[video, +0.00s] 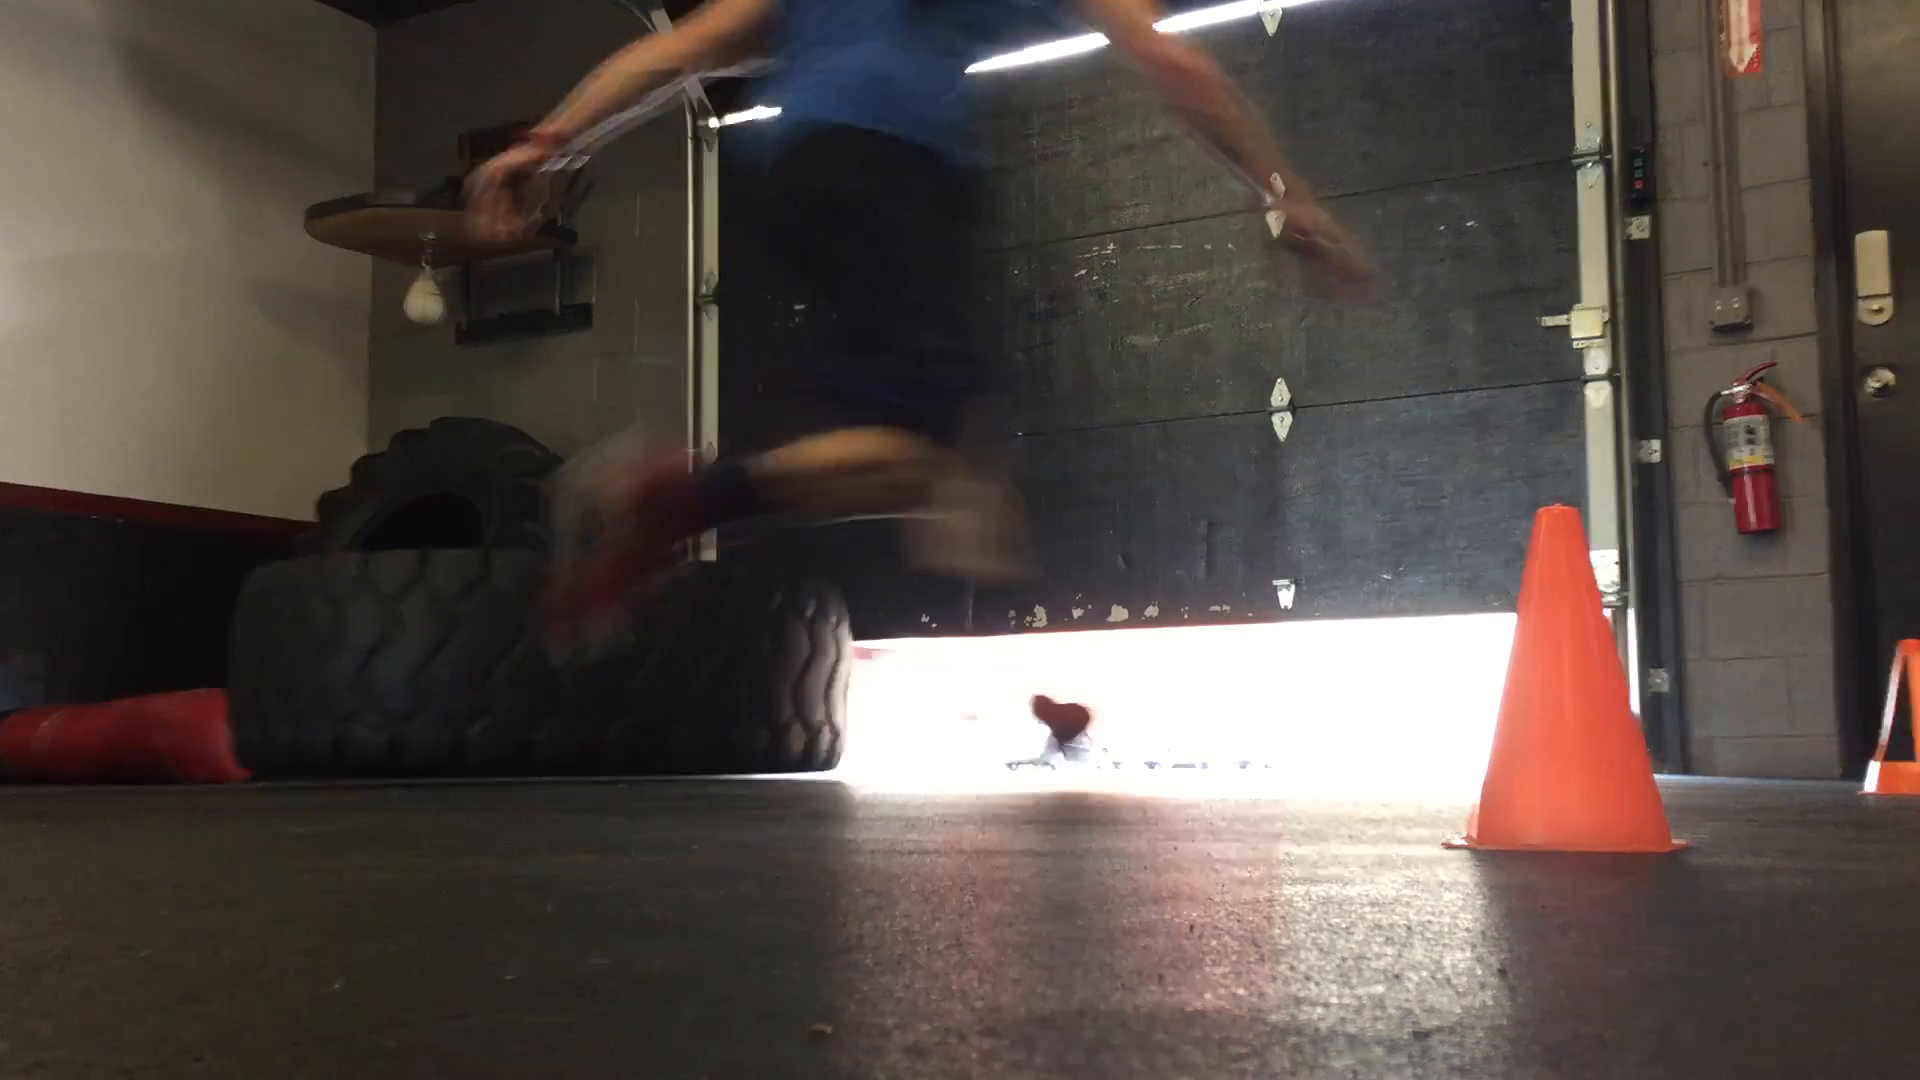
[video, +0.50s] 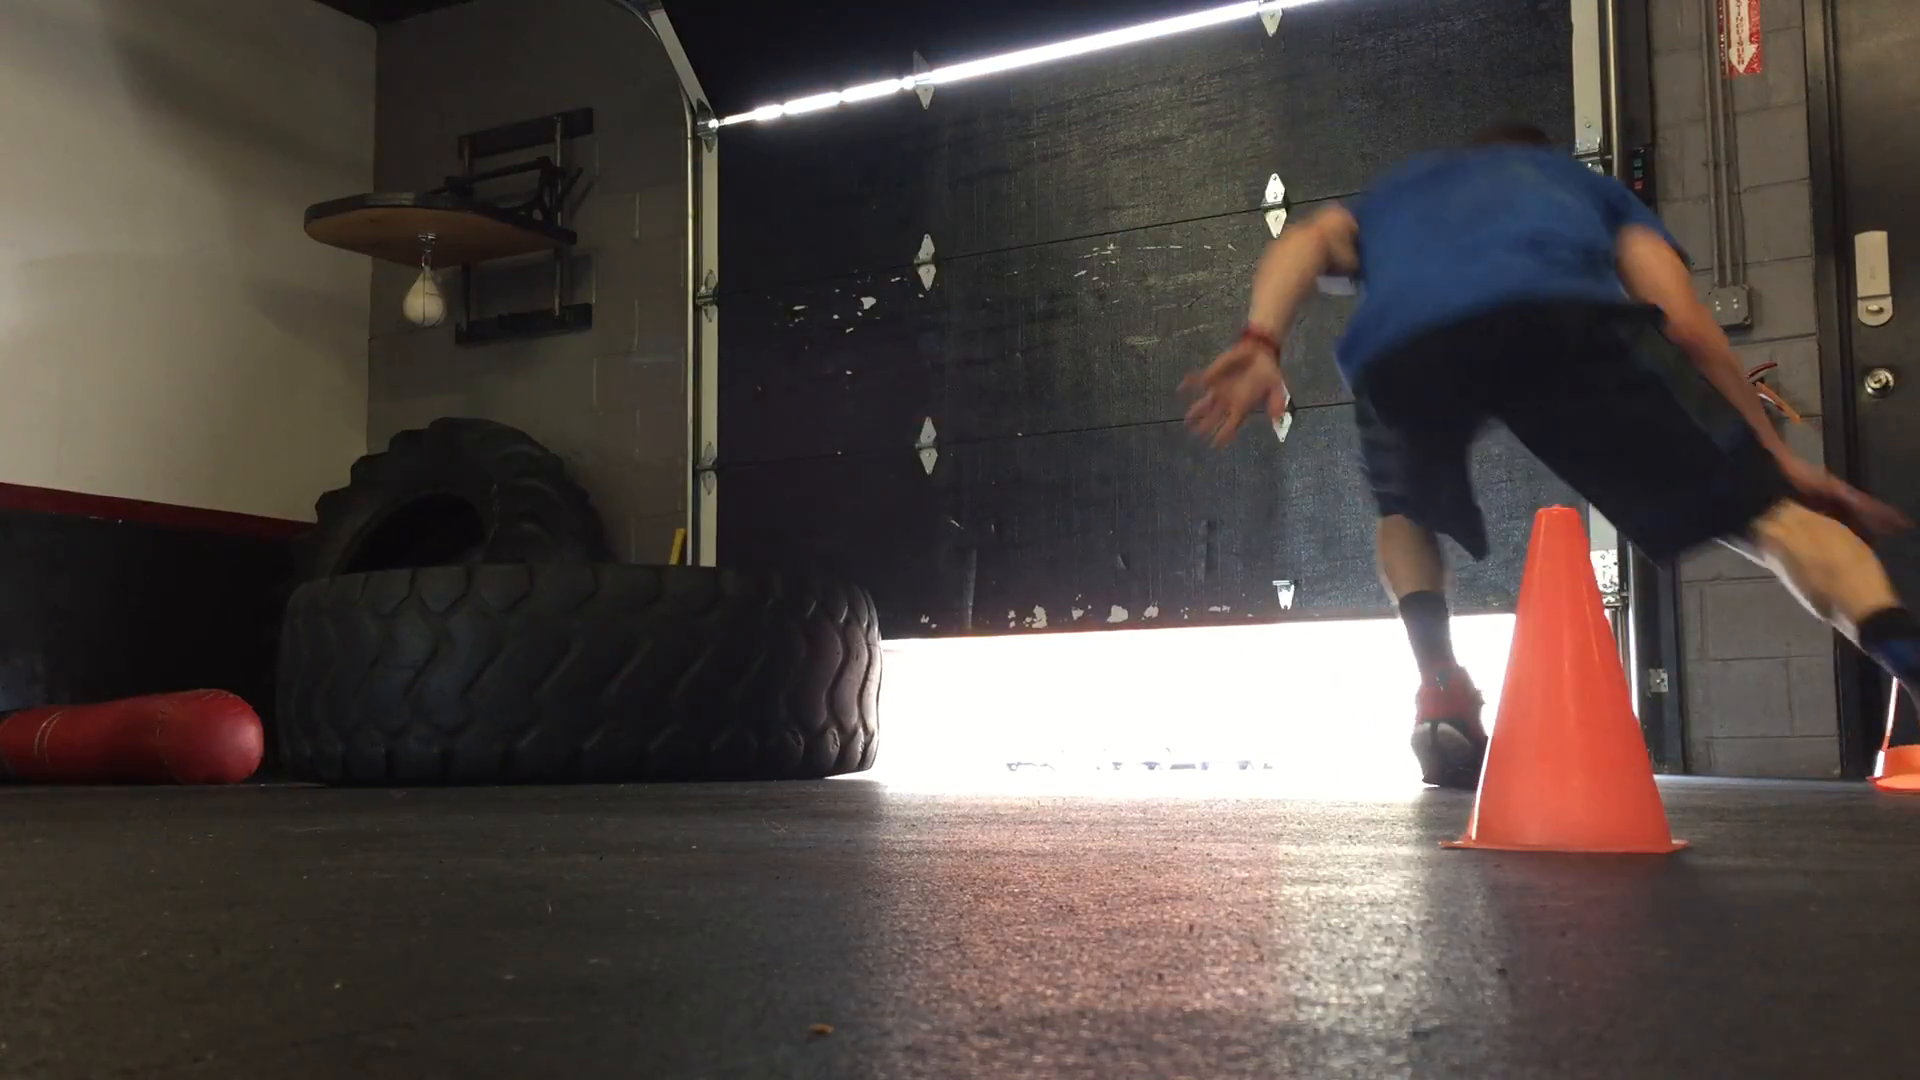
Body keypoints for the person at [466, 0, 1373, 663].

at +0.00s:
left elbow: (678, 43)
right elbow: (1170, 61)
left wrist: (543, 142)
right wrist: (1281, 185)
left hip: (775, 167)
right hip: (895, 161)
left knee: (941, 452)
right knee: (912, 448)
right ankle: (702, 493)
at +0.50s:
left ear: (1469, 153)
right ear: (1557, 158)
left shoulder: (1400, 192)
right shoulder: (1589, 182)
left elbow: (1305, 237)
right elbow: (1682, 316)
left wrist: (1261, 335)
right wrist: (1782, 460)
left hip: (1405, 347)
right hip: (1561, 318)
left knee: (1403, 497)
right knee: (1768, 515)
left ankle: (1440, 684)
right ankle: (1900, 647)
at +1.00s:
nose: (1166, 43)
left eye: (1168, 32)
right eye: (1171, 32)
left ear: (1183, 30)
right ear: (1246, 30)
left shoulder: (1148, 83)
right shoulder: (1314, 86)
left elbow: (1099, 178)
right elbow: (1381, 185)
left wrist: (1134, 269)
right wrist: (1406, 319)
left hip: (1197, 314)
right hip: (1296, 315)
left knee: (1223, 508)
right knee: (1260, 506)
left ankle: (1327, 585)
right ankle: (1250, 721)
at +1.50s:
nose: (946, 127)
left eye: (950, 109)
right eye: (943, 112)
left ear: (990, 98)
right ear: (1001, 101)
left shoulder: (988, 168)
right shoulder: (1088, 179)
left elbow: (977, 288)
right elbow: (1099, 300)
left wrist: (898, 361)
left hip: (994, 408)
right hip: (1068, 408)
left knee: (980, 562)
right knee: (1049, 558)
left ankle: (1044, 730)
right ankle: (1150, 666)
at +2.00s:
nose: (825, 171)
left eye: (834, 157)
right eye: (819, 159)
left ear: (875, 144)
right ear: (820, 154)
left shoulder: (922, 217)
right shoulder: (828, 210)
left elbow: (948, 333)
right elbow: (829, 306)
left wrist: (853, 378)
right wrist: (797, 382)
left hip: (906, 405)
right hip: (847, 404)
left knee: (877, 541)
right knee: (830, 555)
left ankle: (962, 702)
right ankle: (887, 711)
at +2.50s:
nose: (698, 426)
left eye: (710, 411)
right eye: (689, 413)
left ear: (749, 404)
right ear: (682, 412)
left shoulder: (814, 451)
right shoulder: (689, 476)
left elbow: (819, 576)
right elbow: (706, 579)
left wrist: (815, 695)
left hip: (847, 533)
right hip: (756, 547)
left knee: (873, 566)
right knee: (644, 574)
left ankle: (911, 723)